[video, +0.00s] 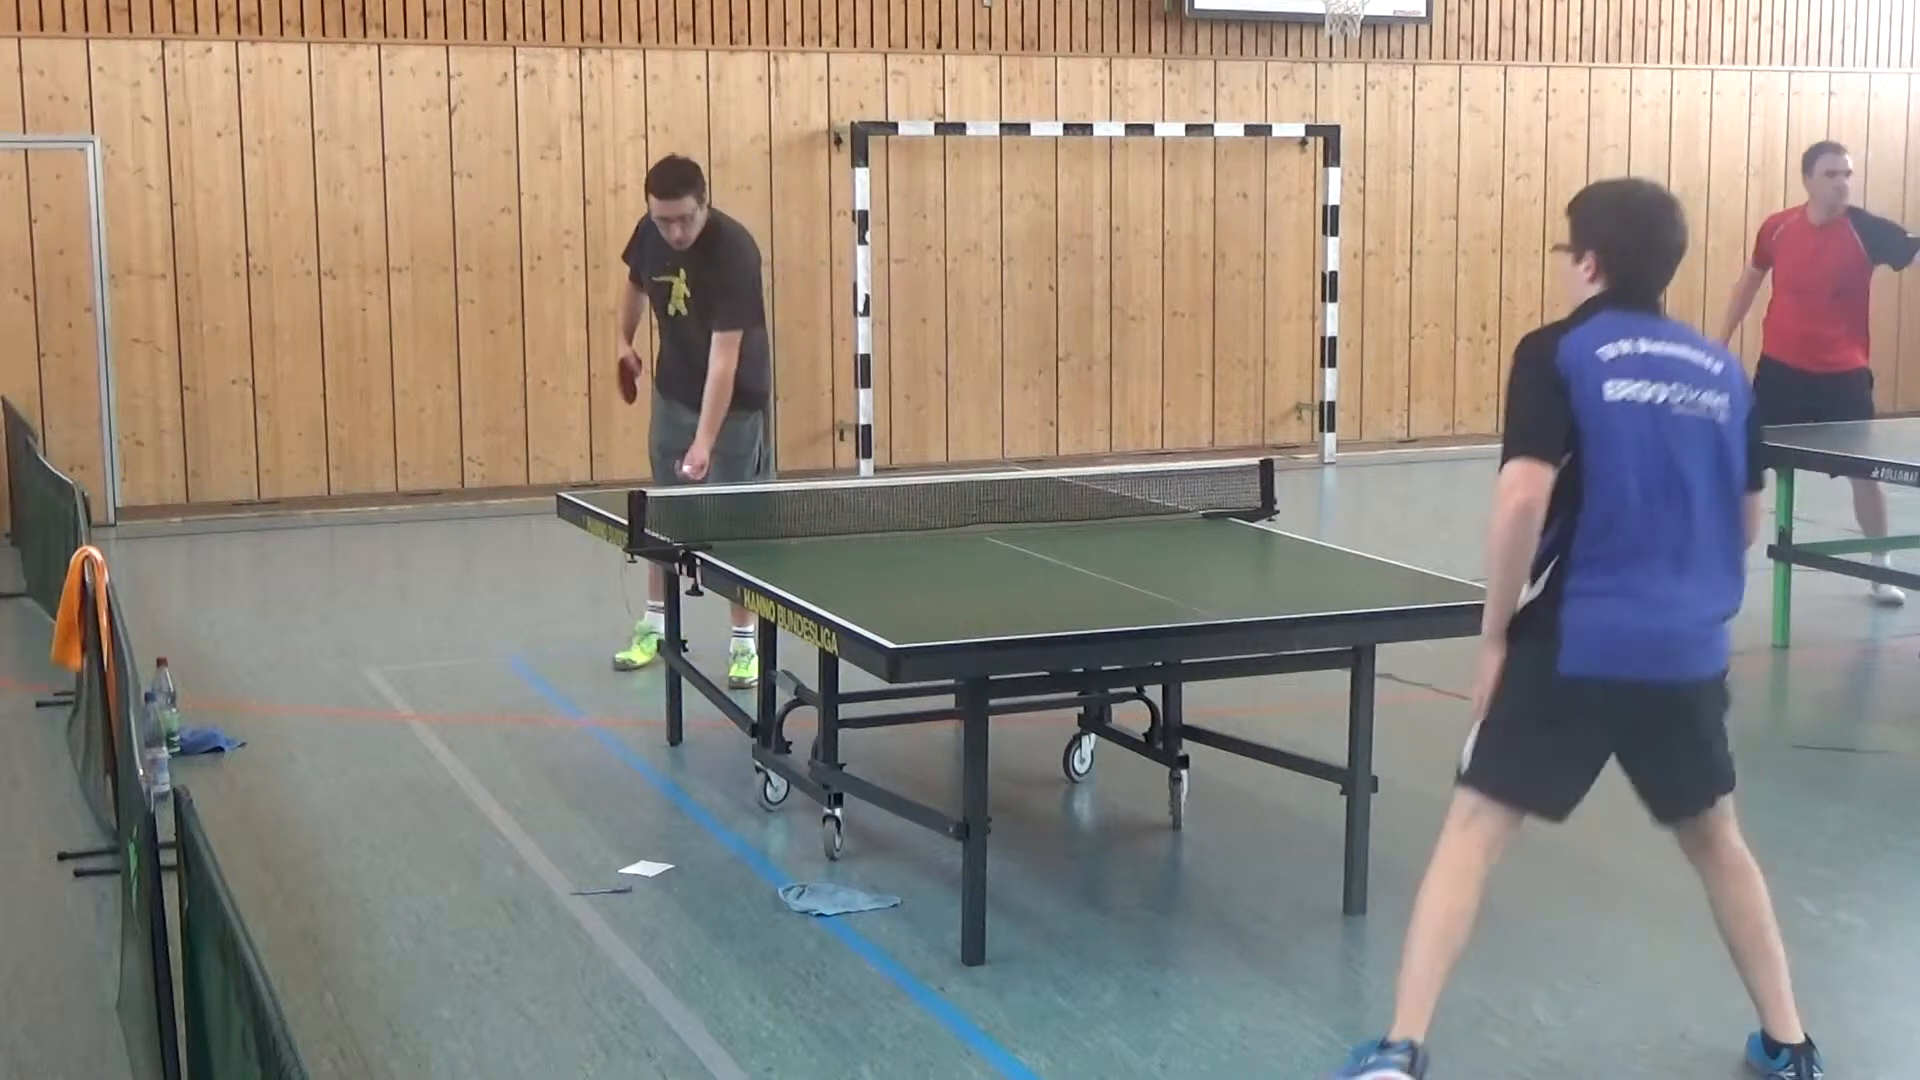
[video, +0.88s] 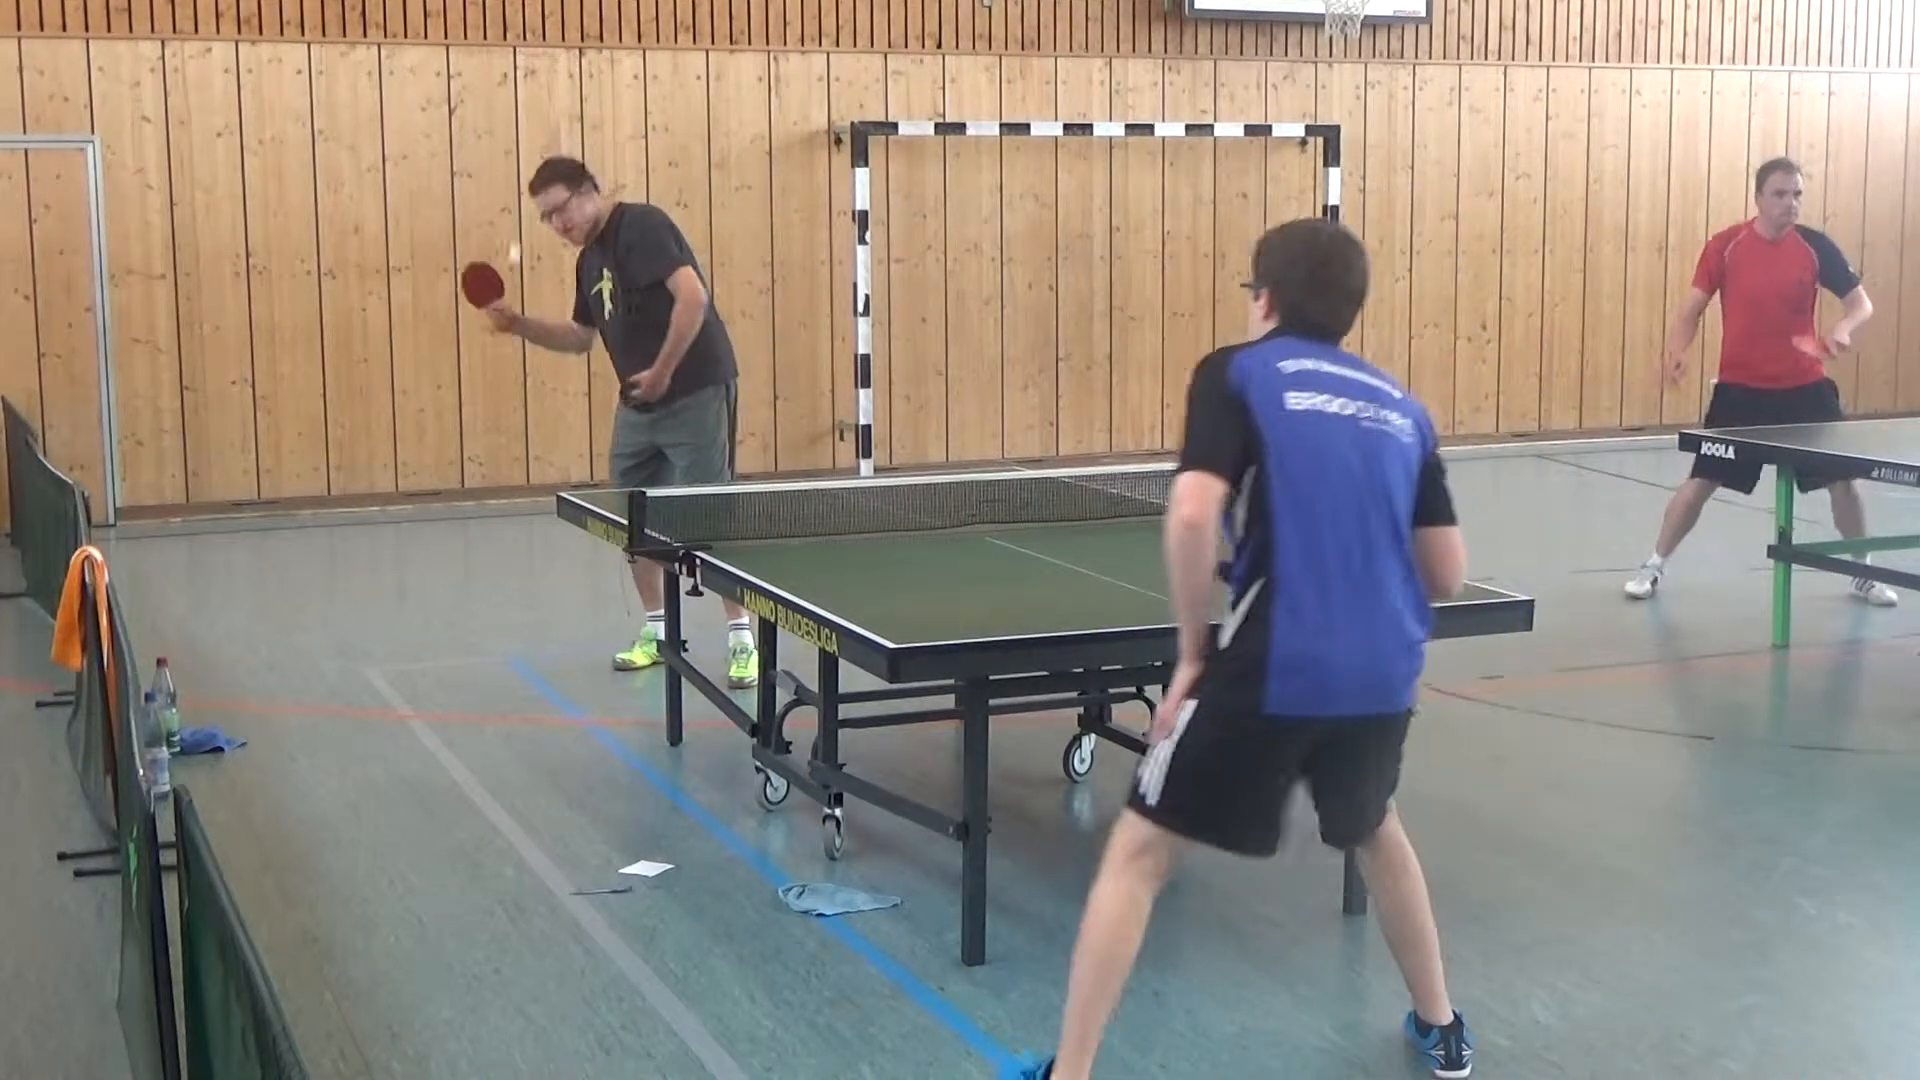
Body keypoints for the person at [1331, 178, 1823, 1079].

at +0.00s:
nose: (1560, 267)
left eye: (1566, 253)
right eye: (1564, 251)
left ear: (1594, 263)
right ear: (1665, 266)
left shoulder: (1554, 351)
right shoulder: (1722, 366)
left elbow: (1524, 494)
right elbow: (1747, 523)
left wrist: (1494, 635)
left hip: (1574, 649)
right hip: (1689, 655)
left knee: (1476, 831)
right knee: (1717, 839)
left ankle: (1402, 1048)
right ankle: (1788, 1042)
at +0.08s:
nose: (1531, 284)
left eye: (1537, 273)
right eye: (1534, 270)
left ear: (1560, 285)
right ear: (1633, 290)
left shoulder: (1519, 371)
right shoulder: (1687, 396)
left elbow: (1480, 529)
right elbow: (1708, 554)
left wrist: (1449, 664)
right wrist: (1608, 531)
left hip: (1525, 676)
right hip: (1639, 684)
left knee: (1439, 870)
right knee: (1682, 850)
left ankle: (1399, 1070)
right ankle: (1783, 1042)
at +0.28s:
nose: (1425, 292)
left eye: (1431, 280)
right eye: (1430, 278)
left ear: (1448, 296)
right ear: (1528, 308)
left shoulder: (1401, 381)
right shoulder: (1573, 415)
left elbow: (1337, 542)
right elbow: (1605, 588)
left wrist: (1317, 664)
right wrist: (1515, 552)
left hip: (1421, 691)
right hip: (1536, 692)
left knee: (1337, 877)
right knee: (1540, 814)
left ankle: (1368, 1072)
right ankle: (1658, 1005)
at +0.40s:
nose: (1384, 275)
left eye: (1390, 263)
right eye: (1392, 260)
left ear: (1409, 274)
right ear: (1487, 286)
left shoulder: (1358, 358)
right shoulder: (1540, 390)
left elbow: (1299, 514)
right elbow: (1577, 561)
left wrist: (1281, 640)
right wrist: (1497, 543)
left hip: (1391, 665)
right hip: (1508, 666)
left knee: (1345, 875)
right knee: (1483, 812)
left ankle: (1369, 1070)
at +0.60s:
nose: (1346, 267)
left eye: (1352, 254)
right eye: (1352, 252)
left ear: (1371, 265)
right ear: (1449, 275)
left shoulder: (1334, 338)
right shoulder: (1503, 378)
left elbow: (1301, 482)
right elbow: (1538, 542)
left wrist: (1283, 626)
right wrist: (1446, 526)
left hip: (1353, 643)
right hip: (1461, 651)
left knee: (1248, 834)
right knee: (1417, 818)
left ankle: (1297, 1058)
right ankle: (1444, 1024)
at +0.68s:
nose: (1322, 275)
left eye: (1328, 261)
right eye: (1326, 260)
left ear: (1348, 272)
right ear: (1424, 281)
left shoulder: (1318, 344)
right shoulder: (1474, 381)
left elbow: (1290, 486)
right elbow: (1515, 546)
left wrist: (1266, 628)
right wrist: (1417, 541)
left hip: (1340, 650)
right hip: (1446, 657)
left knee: (1215, 831)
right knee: (1406, 818)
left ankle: (1207, 1065)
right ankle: (1444, 1027)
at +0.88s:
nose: (1247, 307)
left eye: (1251, 295)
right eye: (1251, 293)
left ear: (1269, 304)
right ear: (1350, 313)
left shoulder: (1238, 372)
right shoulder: (1403, 405)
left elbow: (1193, 512)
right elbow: (1446, 575)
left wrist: (1192, 651)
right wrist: (1365, 573)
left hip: (1271, 670)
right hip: (1382, 678)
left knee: (1138, 856)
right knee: (1374, 825)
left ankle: (1068, 1069)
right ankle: (1441, 1026)